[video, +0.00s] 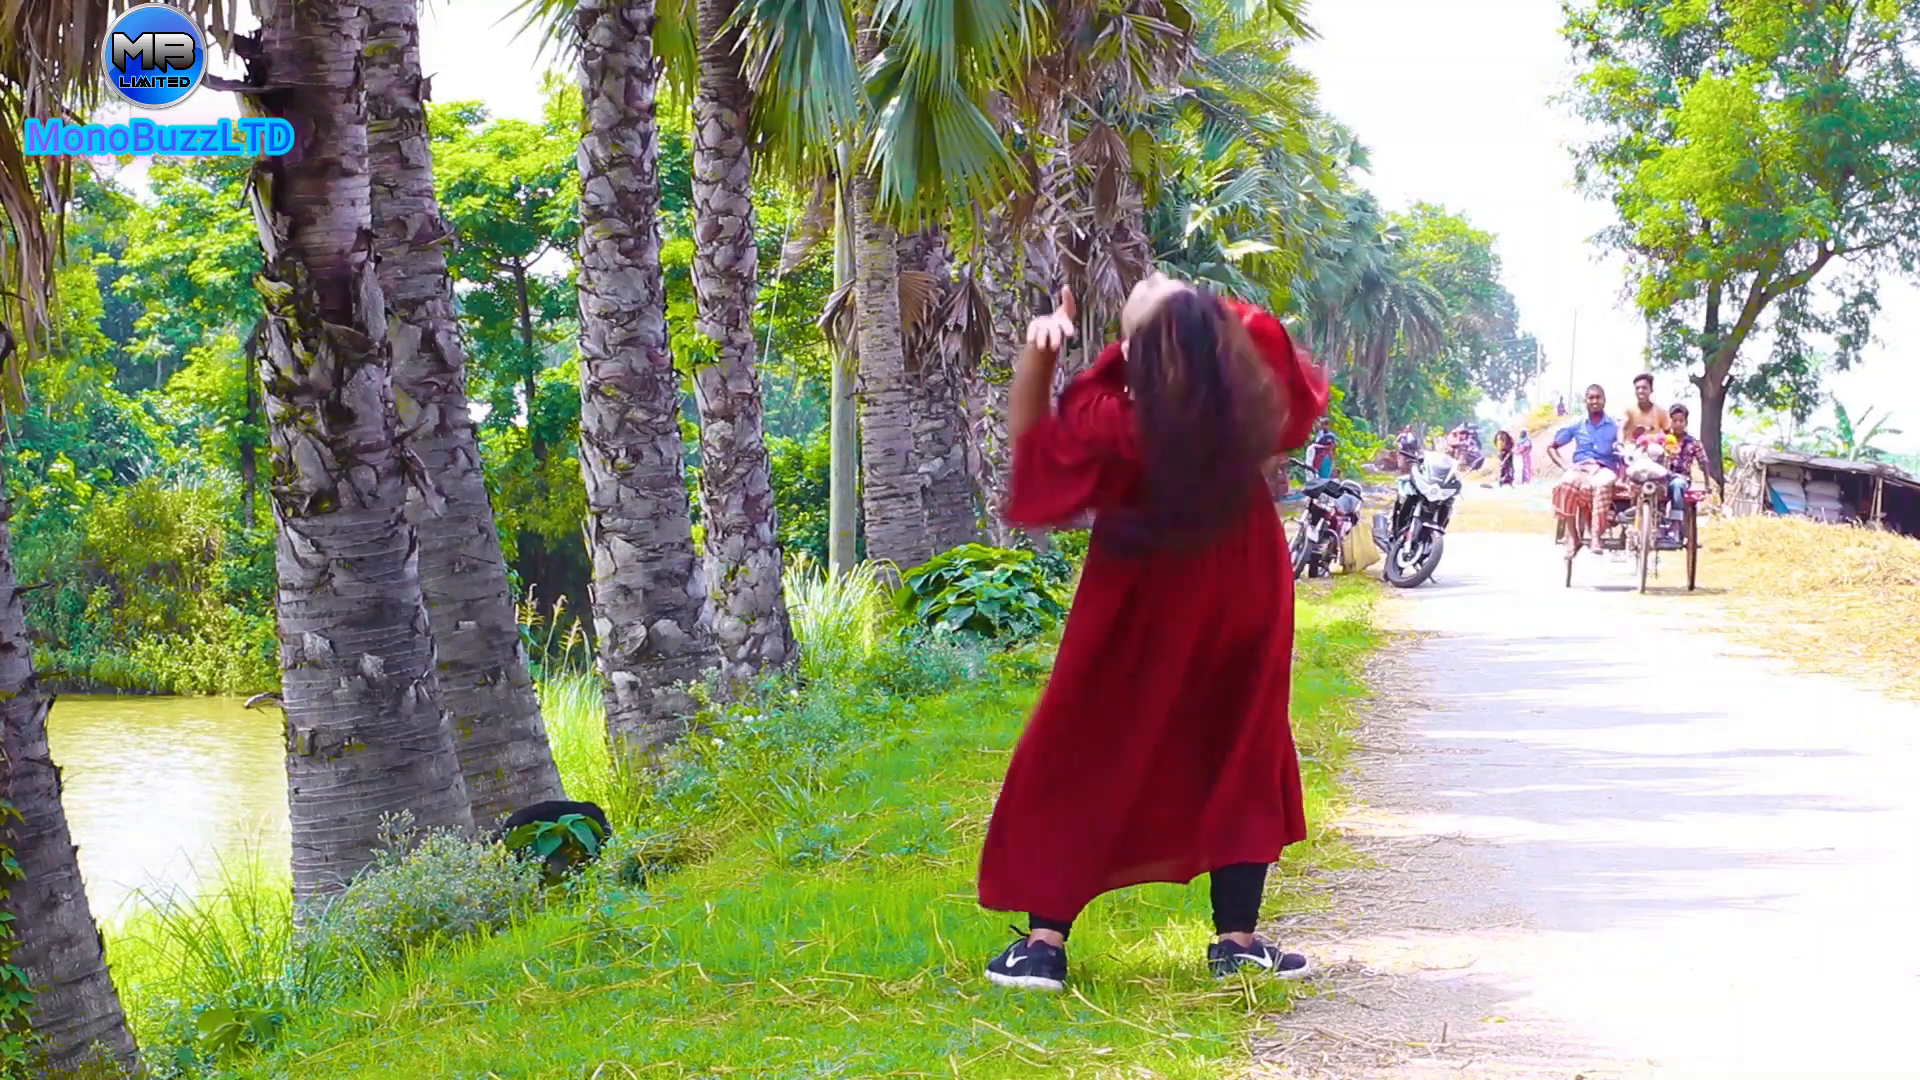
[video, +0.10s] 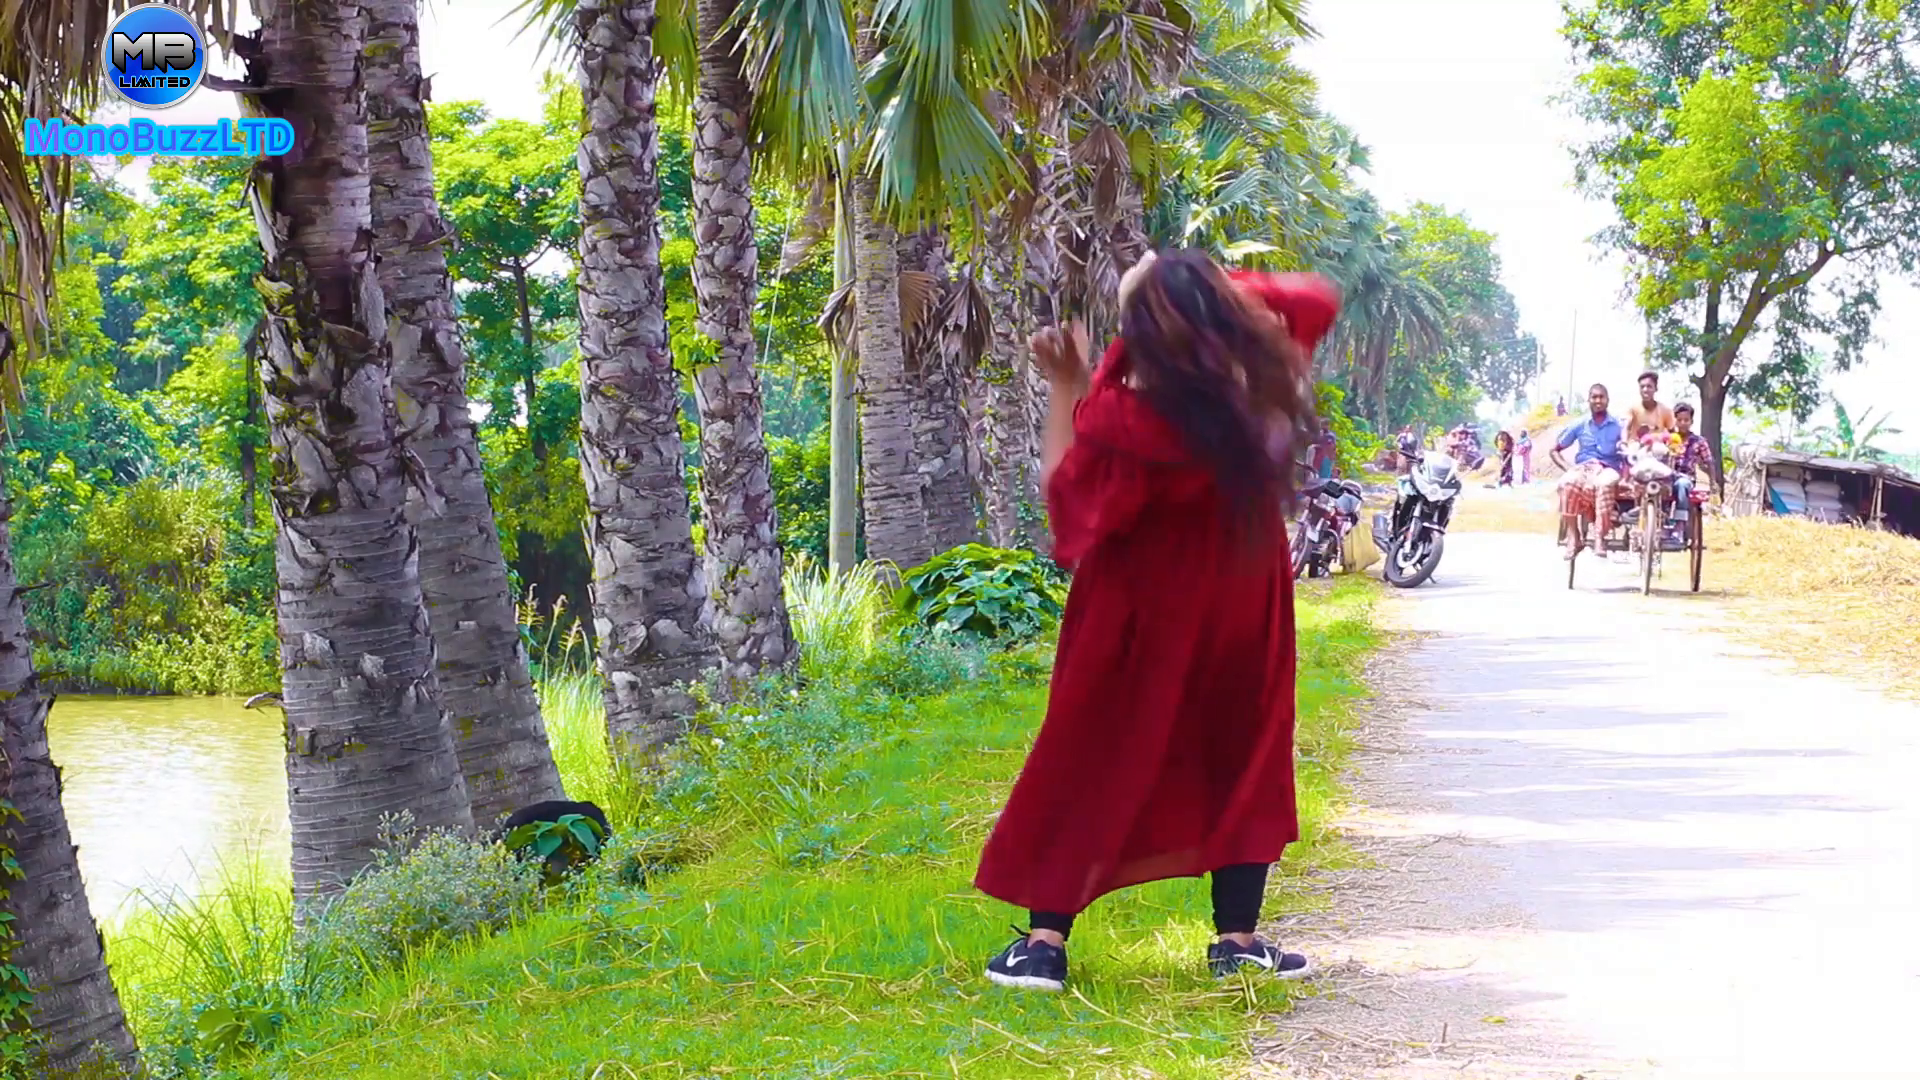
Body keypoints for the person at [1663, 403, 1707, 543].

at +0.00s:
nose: (1678, 424)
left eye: (1681, 421)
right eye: (1675, 420)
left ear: (1686, 422)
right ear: (1670, 421)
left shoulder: (1692, 442)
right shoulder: (1663, 437)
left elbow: (1703, 462)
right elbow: (1653, 456)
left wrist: (1707, 483)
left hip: (1681, 474)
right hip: (1662, 472)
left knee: (1676, 485)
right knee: (1650, 484)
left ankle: (1675, 525)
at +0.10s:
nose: (1683, 423)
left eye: (1686, 420)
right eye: (1680, 419)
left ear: (1691, 421)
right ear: (1675, 420)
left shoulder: (1698, 441)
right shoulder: (1668, 437)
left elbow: (1708, 463)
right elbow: (1658, 455)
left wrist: (1713, 482)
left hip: (1686, 474)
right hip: (1667, 473)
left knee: (1681, 484)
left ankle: (1679, 524)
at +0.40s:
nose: (1699, 424)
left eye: (1703, 420)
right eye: (1696, 420)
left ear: (1709, 422)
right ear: (1691, 422)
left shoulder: (1714, 443)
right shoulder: (1685, 440)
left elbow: (1723, 464)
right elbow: (1675, 459)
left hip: (1702, 476)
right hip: (1683, 475)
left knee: (1695, 487)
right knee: (1669, 486)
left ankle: (1694, 530)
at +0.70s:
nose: (1717, 422)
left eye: (1721, 418)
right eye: (1713, 418)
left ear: (1726, 420)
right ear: (1707, 420)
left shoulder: (1730, 442)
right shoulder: (1698, 437)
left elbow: (1741, 465)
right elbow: (1688, 457)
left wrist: (1744, 486)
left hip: (1717, 477)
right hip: (1697, 475)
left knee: (1712, 489)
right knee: (1683, 489)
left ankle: (1709, 536)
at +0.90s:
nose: (1729, 423)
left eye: (1733, 419)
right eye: (1725, 418)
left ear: (1739, 420)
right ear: (1719, 420)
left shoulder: (1744, 443)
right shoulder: (1711, 438)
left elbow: (1755, 467)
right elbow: (1701, 460)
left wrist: (1755, 492)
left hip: (1732, 480)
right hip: (1709, 479)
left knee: (1725, 490)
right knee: (1693, 490)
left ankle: (1721, 538)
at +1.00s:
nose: (1735, 423)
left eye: (1740, 419)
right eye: (1731, 418)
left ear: (1746, 421)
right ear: (1725, 420)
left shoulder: (1751, 443)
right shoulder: (1718, 439)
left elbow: (1763, 468)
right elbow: (1707, 462)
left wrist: (1767, 493)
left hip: (1737, 480)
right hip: (1715, 479)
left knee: (1732, 492)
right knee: (1700, 492)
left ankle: (1728, 542)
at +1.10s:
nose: (1742, 422)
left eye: (1747, 418)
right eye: (1738, 418)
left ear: (1753, 421)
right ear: (1731, 420)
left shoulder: (1757, 443)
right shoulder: (1724, 438)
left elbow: (1769, 469)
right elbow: (1712, 461)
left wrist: (1773, 493)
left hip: (1745, 481)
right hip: (1721, 480)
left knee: (1738, 493)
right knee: (1706, 491)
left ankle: (1736, 544)